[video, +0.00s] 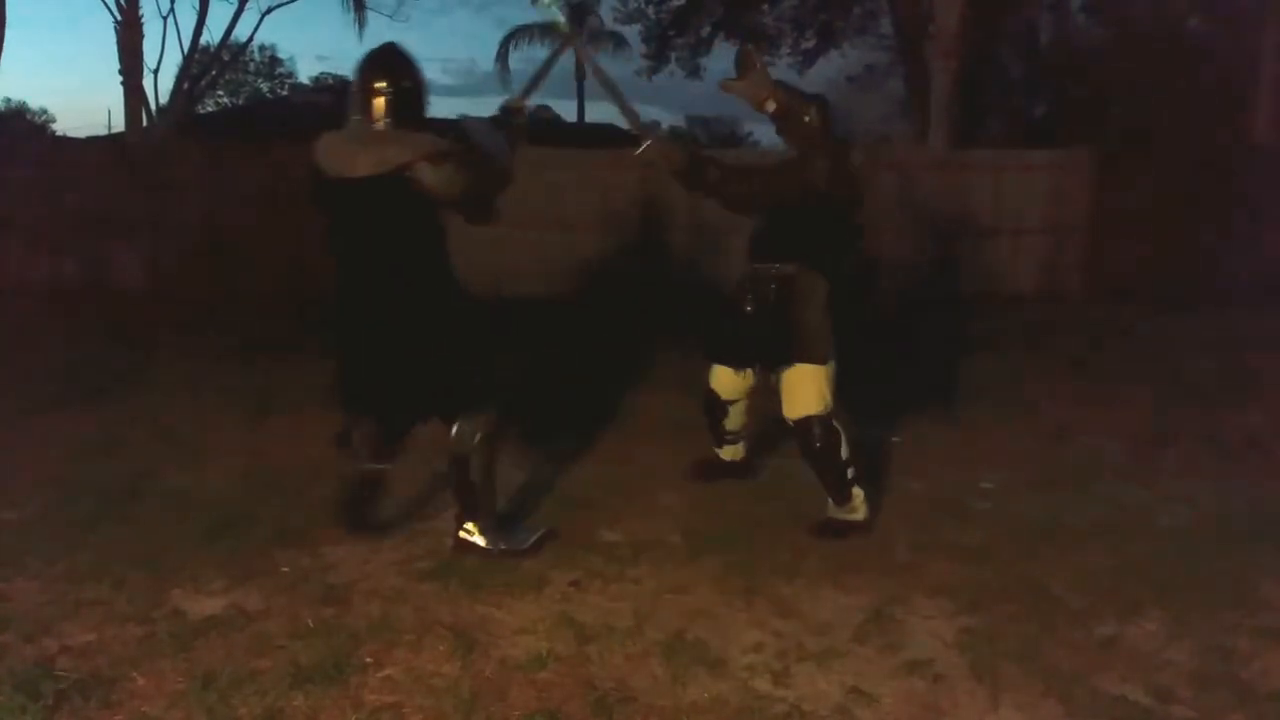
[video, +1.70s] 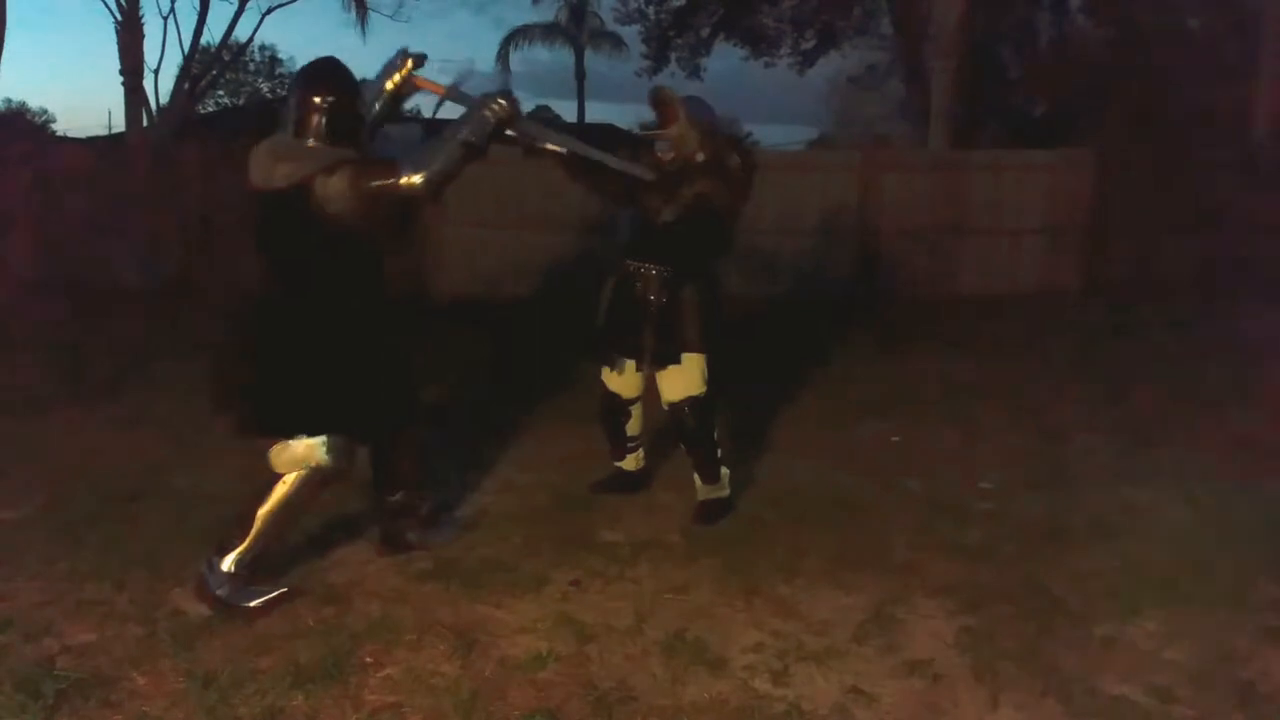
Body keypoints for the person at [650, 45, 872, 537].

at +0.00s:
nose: (788, 129)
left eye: (797, 121)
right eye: (786, 123)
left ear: (817, 124)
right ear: (789, 131)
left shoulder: (832, 169)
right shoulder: (786, 173)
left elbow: (809, 131)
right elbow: (730, 187)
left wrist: (768, 95)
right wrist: (676, 159)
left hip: (811, 288)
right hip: (763, 282)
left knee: (806, 406)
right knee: (726, 380)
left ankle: (849, 506)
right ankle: (731, 456)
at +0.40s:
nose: (759, 139)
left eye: (770, 132)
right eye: (759, 131)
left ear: (791, 140)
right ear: (754, 135)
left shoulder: (797, 176)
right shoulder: (735, 171)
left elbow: (779, 150)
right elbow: (692, 172)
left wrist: (742, 121)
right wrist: (642, 153)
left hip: (766, 292)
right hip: (721, 287)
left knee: (758, 385)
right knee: (718, 382)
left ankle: (784, 487)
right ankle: (729, 458)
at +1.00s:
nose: (715, 150)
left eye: (725, 142)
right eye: (711, 140)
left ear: (747, 144)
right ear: (704, 138)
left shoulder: (763, 186)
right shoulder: (687, 171)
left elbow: (796, 175)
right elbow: (646, 158)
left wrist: (758, 143)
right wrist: (613, 133)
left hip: (729, 288)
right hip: (677, 280)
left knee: (711, 399)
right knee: (663, 388)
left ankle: (719, 486)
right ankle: (698, 445)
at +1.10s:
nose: (707, 135)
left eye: (719, 128)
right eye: (706, 126)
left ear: (744, 134)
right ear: (702, 127)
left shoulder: (762, 179)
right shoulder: (686, 162)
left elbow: (781, 187)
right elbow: (642, 153)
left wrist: (751, 149)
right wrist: (604, 133)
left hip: (717, 289)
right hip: (665, 280)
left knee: (705, 393)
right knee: (642, 374)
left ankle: (715, 489)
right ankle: (663, 447)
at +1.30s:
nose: (705, 143)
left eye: (715, 134)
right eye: (701, 134)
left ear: (735, 137)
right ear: (695, 135)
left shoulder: (751, 182)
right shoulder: (672, 168)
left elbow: (762, 214)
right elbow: (629, 159)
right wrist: (586, 144)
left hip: (701, 293)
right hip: (650, 283)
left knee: (695, 395)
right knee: (624, 381)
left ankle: (714, 490)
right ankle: (629, 465)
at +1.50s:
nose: (680, 150)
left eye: (693, 141)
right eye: (678, 141)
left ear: (717, 143)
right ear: (673, 141)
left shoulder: (729, 185)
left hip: (687, 289)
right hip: (631, 279)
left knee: (686, 394)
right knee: (614, 384)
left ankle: (712, 490)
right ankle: (628, 467)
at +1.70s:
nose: (665, 139)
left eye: (674, 130)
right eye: (661, 131)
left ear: (698, 131)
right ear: (657, 131)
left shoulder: (719, 172)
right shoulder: (646, 161)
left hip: (683, 286)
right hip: (632, 279)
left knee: (685, 395)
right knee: (619, 387)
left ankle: (713, 490)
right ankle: (629, 468)